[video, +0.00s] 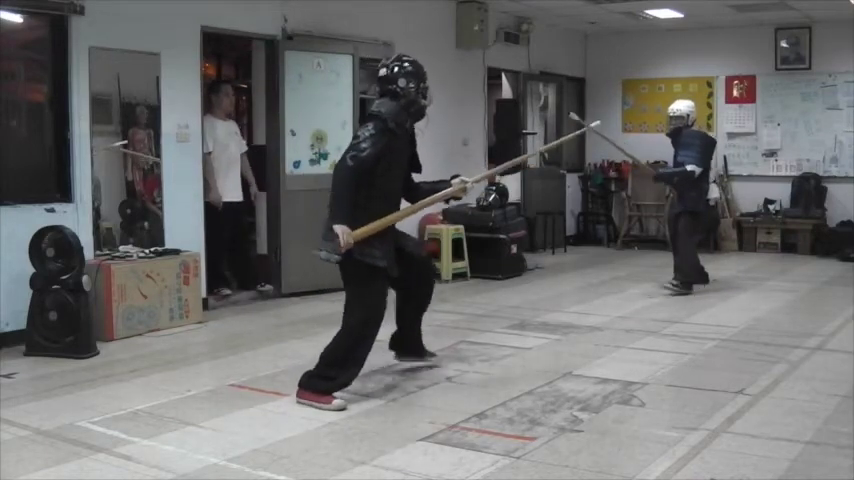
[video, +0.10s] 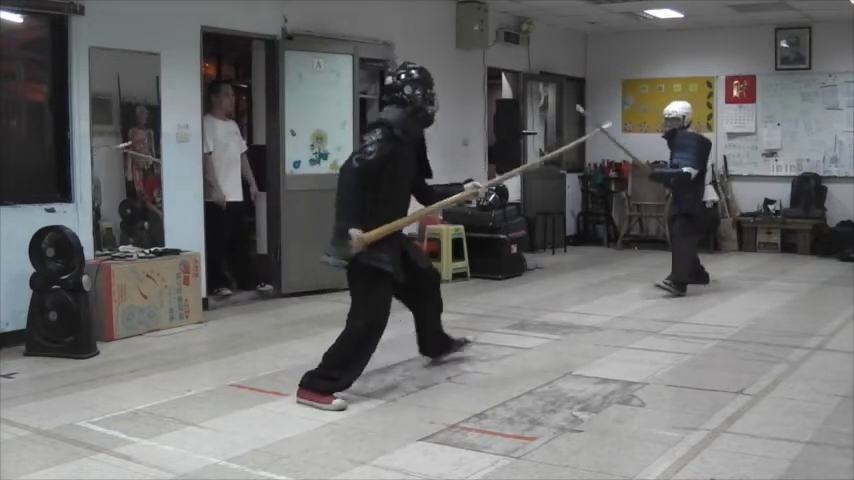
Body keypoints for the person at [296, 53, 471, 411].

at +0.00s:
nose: (424, 97)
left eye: (423, 89)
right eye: (419, 89)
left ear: (400, 90)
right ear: (403, 90)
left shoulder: (402, 132)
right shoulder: (379, 130)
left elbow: (410, 191)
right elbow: (345, 169)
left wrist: (450, 188)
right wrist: (340, 222)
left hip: (382, 234)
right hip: (357, 237)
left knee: (419, 272)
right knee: (366, 312)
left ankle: (408, 344)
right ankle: (316, 386)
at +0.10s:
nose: (431, 103)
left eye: (431, 96)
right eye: (426, 96)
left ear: (411, 97)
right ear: (408, 97)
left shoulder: (411, 136)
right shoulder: (386, 135)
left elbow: (425, 195)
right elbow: (351, 171)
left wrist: (463, 191)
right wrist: (349, 227)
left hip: (390, 241)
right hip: (366, 244)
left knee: (426, 282)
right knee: (369, 319)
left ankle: (435, 344)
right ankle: (317, 386)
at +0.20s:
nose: (443, 113)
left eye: (442, 106)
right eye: (437, 106)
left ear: (422, 108)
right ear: (420, 107)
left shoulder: (427, 144)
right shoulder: (400, 144)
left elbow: (443, 184)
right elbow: (374, 175)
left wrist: (488, 186)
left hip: (401, 243)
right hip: (382, 244)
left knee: (434, 286)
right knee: (374, 323)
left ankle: (450, 347)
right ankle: (319, 385)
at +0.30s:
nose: (456, 113)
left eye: (455, 106)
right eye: (451, 106)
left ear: (426, 110)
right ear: (438, 110)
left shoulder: (433, 147)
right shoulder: (419, 145)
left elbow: (449, 187)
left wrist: (487, 186)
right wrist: (453, 206)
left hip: (409, 241)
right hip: (393, 242)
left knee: (447, 278)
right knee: (390, 317)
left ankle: (450, 346)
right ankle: (325, 377)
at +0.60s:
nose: (444, 102)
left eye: (443, 95)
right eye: (439, 95)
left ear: (419, 96)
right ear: (424, 95)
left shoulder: (422, 134)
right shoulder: (405, 130)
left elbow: (424, 188)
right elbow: (389, 166)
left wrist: (458, 197)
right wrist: (437, 185)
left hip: (413, 233)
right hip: (397, 235)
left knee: (452, 278)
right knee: (432, 303)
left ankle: (451, 346)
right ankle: (373, 358)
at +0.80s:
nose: (404, 84)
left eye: (403, 77)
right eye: (397, 78)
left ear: (380, 81)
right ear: (380, 81)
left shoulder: (384, 122)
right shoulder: (366, 117)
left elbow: (393, 188)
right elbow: (363, 152)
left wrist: (440, 198)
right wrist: (407, 140)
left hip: (376, 226)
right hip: (362, 228)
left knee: (413, 294)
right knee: (409, 300)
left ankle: (411, 356)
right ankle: (390, 370)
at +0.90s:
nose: (389, 79)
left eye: (389, 72)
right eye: (383, 71)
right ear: (364, 72)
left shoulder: (373, 117)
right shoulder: (345, 105)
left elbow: (377, 184)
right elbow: (321, 139)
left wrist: (423, 195)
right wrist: (354, 137)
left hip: (355, 224)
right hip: (334, 224)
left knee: (385, 289)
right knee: (382, 290)